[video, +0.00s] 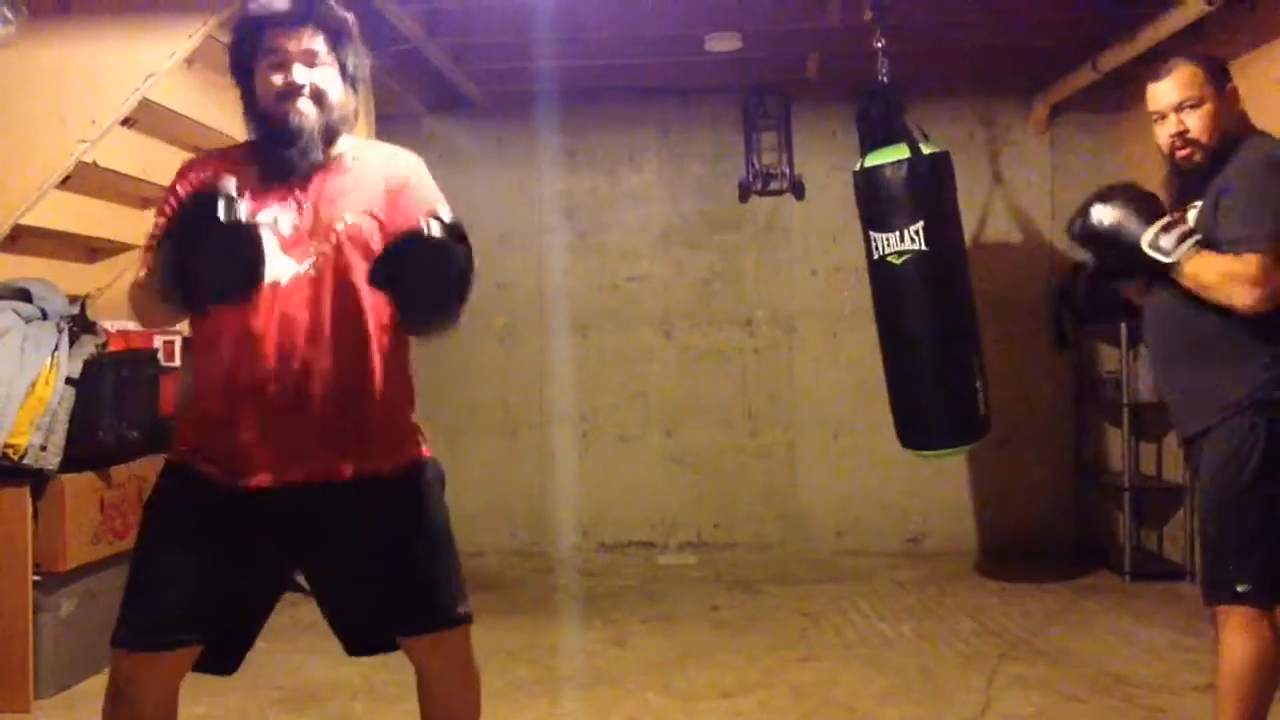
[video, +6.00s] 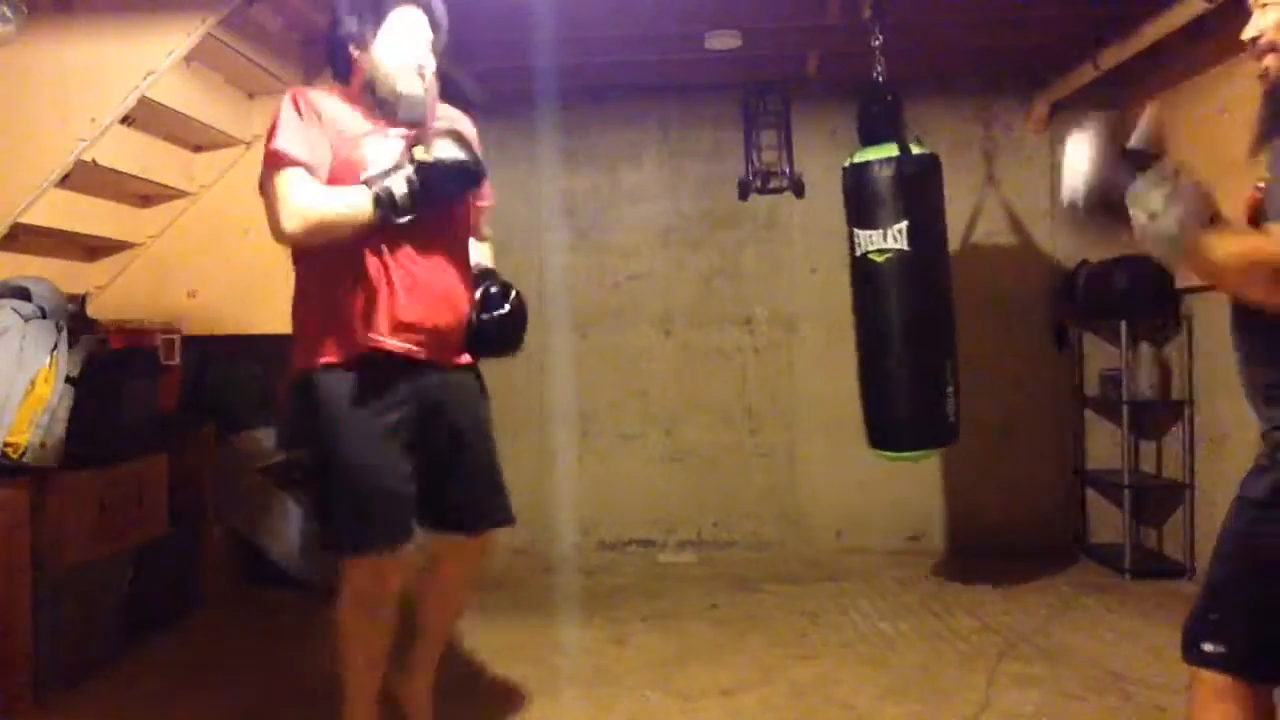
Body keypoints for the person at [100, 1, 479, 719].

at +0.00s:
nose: (295, 77)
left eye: (315, 61)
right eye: (276, 63)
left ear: (348, 78)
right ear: (248, 82)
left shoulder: (396, 171)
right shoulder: (204, 178)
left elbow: (428, 313)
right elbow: (150, 310)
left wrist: (435, 289)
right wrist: (186, 272)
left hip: (372, 469)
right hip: (221, 472)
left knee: (443, 645)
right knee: (143, 664)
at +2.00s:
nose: (345, 62)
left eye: (342, 47)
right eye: (328, 45)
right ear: (278, 55)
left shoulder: (337, 152)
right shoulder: (246, 138)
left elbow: (374, 267)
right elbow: (226, 264)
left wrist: (437, 320)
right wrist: (336, 329)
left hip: (334, 412)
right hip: (267, 415)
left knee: (322, 588)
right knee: (274, 608)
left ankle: (305, 711)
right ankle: (231, 711)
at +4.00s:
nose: (681, 83)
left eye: (682, 66)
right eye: (673, 65)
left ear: (611, 62)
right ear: (625, 60)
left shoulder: (588, 119)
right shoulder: (597, 124)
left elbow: (673, 235)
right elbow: (676, 244)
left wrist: (767, 222)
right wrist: (785, 213)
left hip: (523, 390)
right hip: (568, 399)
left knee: (497, 558)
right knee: (599, 595)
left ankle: (413, 705)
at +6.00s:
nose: (422, 61)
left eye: (429, 48)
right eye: (404, 46)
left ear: (438, 55)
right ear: (356, 51)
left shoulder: (454, 124)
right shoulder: (307, 110)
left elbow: (475, 233)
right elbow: (295, 218)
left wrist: (488, 289)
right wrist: (402, 191)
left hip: (445, 360)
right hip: (347, 363)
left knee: (469, 530)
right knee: (377, 546)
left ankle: (415, 688)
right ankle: (360, 708)